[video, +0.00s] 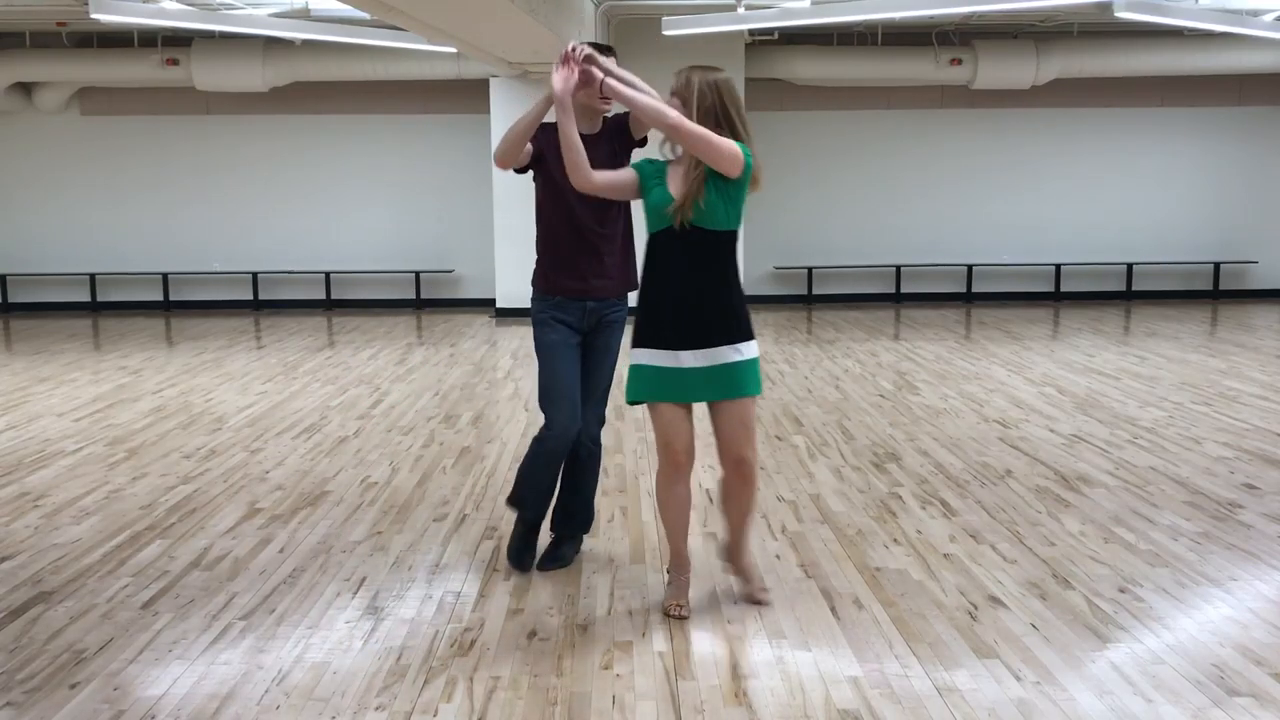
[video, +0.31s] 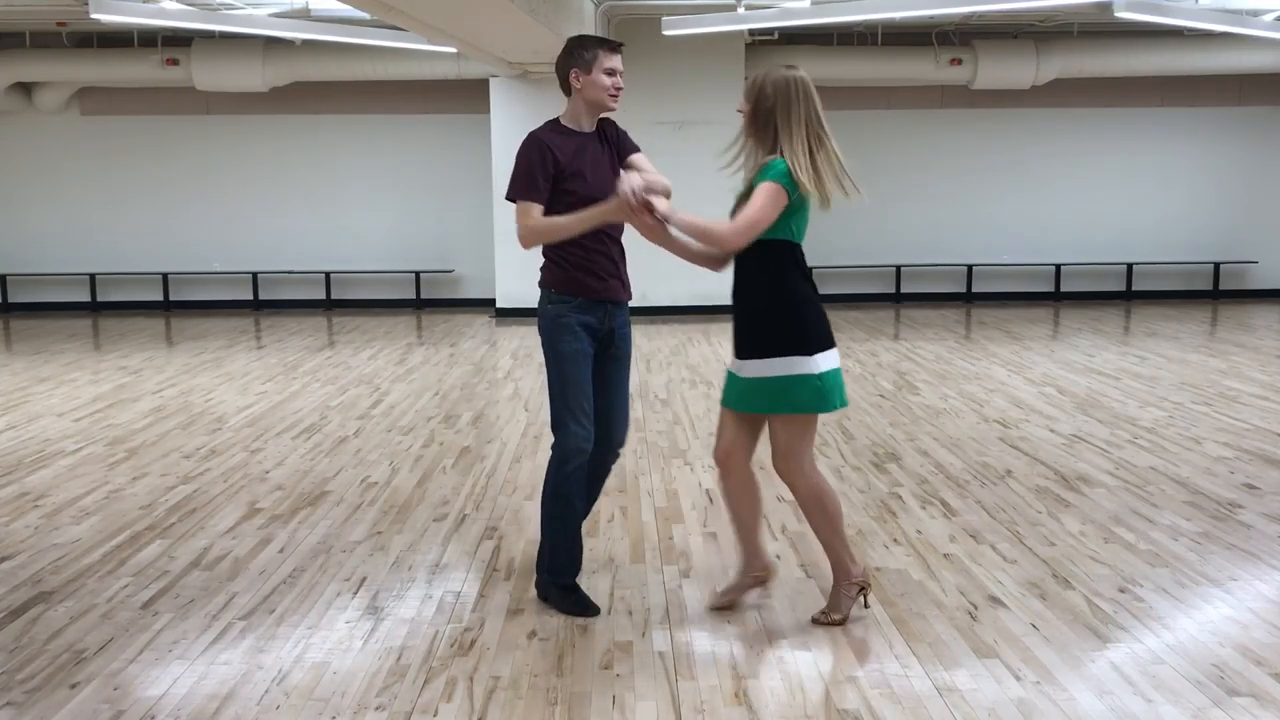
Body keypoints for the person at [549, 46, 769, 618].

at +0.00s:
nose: (672, 112)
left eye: (680, 106)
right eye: (671, 106)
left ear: (705, 110)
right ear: (668, 117)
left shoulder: (736, 164)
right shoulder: (653, 172)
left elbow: (672, 121)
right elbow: (584, 179)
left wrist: (614, 84)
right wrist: (562, 101)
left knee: (740, 460)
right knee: (675, 459)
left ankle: (738, 549)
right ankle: (678, 567)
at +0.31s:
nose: (740, 110)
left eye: (748, 102)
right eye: (744, 101)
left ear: (770, 111)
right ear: (778, 111)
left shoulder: (783, 173)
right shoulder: (762, 181)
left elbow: (732, 236)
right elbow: (715, 258)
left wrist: (665, 212)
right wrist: (651, 228)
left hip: (795, 341)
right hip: (758, 341)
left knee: (793, 461)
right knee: (730, 454)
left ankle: (849, 572)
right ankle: (755, 563)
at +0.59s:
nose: (775, 108)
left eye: (783, 101)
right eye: (779, 100)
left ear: (805, 112)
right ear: (818, 111)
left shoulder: (805, 175)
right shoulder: (825, 170)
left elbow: (771, 268)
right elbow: (790, 262)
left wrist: (733, 250)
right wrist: (739, 259)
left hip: (810, 338)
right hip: (837, 332)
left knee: (791, 461)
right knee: (842, 458)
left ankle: (851, 576)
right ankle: (919, 560)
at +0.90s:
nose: (780, 105)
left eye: (789, 98)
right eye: (784, 96)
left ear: (813, 109)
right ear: (822, 109)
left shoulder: (818, 175)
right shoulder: (829, 170)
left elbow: (772, 260)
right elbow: (787, 254)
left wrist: (728, 240)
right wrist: (736, 242)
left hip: (822, 333)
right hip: (846, 328)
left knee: (809, 456)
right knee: (847, 458)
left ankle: (858, 579)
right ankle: (917, 563)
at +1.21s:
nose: (757, 107)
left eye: (766, 100)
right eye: (760, 99)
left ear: (790, 110)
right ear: (797, 110)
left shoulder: (794, 175)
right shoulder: (786, 170)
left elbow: (715, 223)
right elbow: (730, 217)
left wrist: (683, 188)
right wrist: (692, 191)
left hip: (805, 344)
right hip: (780, 341)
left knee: (807, 462)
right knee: (740, 442)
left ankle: (861, 576)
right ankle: (756, 562)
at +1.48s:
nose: (728, 107)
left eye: (737, 101)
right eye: (733, 99)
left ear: (757, 112)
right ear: (772, 114)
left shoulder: (757, 172)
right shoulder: (761, 170)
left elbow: (672, 197)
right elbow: (683, 197)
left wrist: (641, 160)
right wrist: (647, 162)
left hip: (746, 340)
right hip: (753, 335)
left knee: (688, 451)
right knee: (723, 453)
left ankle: (755, 554)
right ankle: (748, 571)